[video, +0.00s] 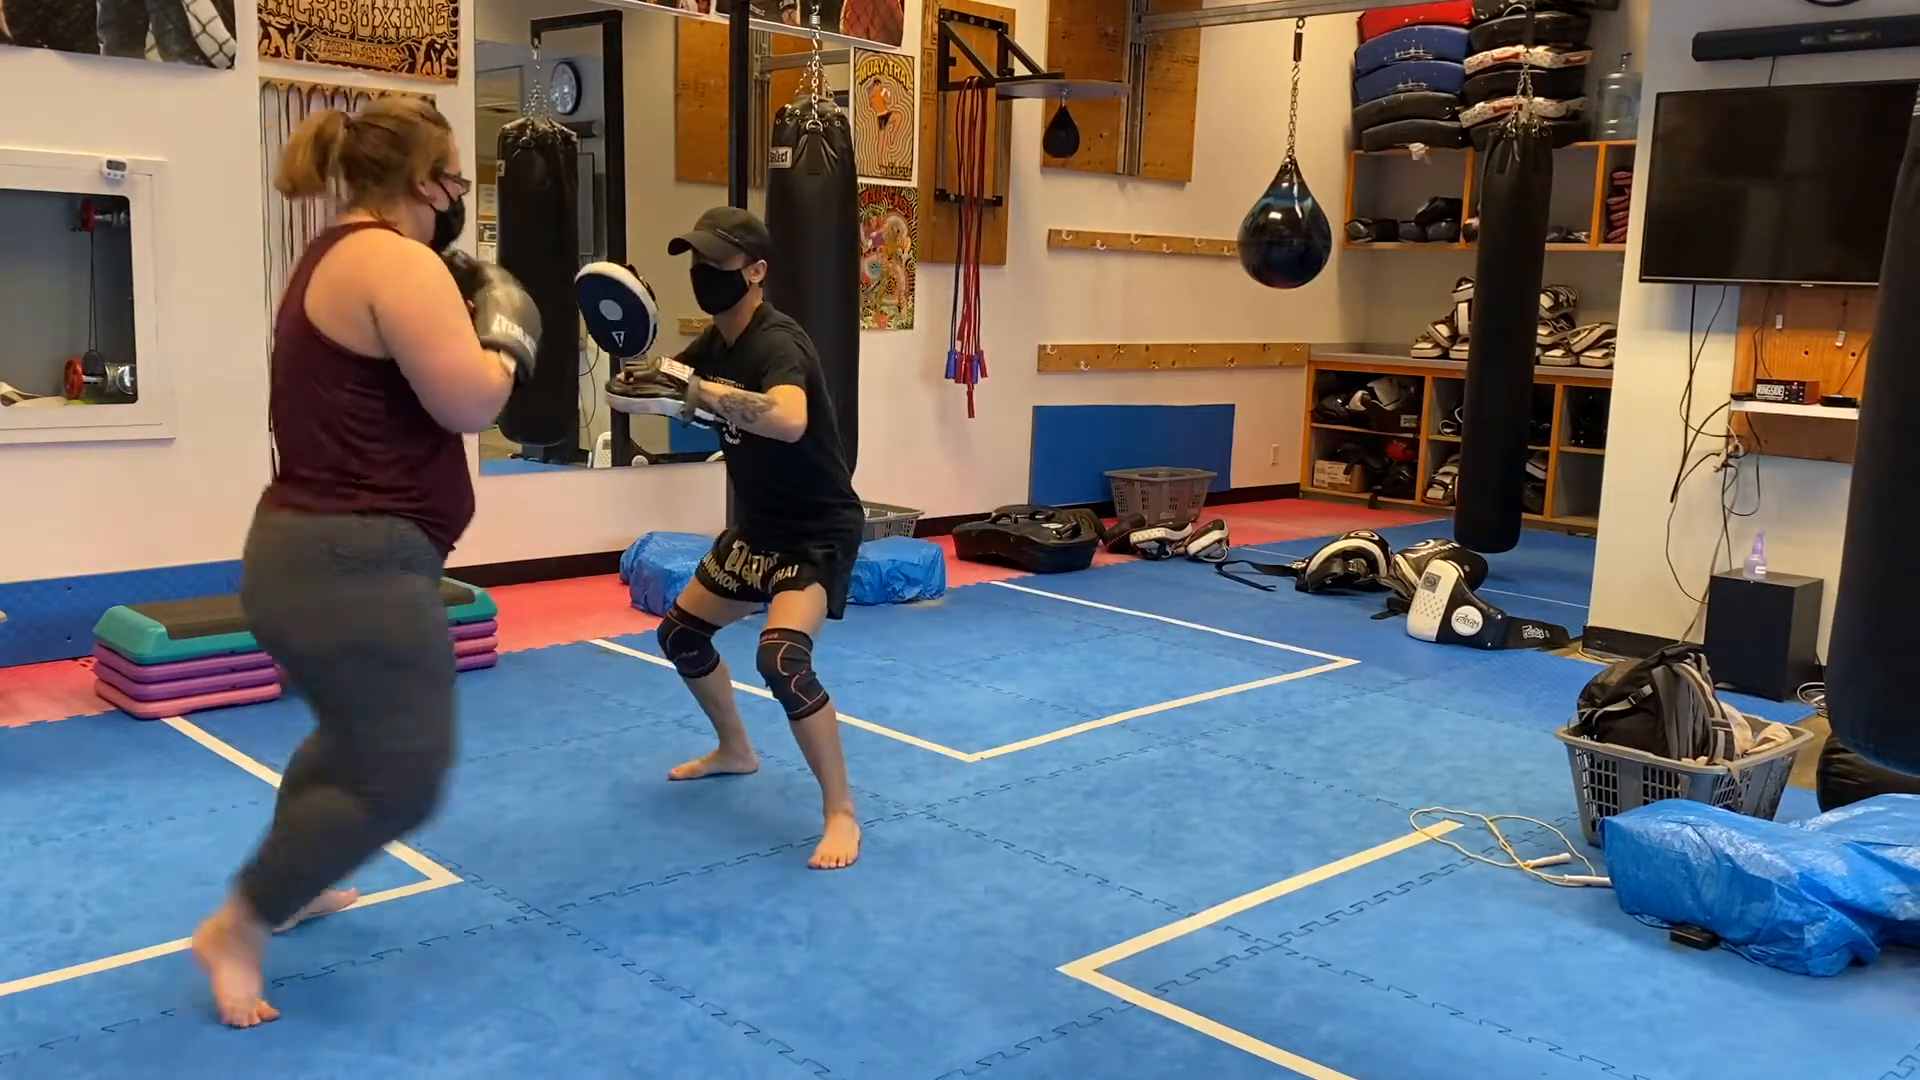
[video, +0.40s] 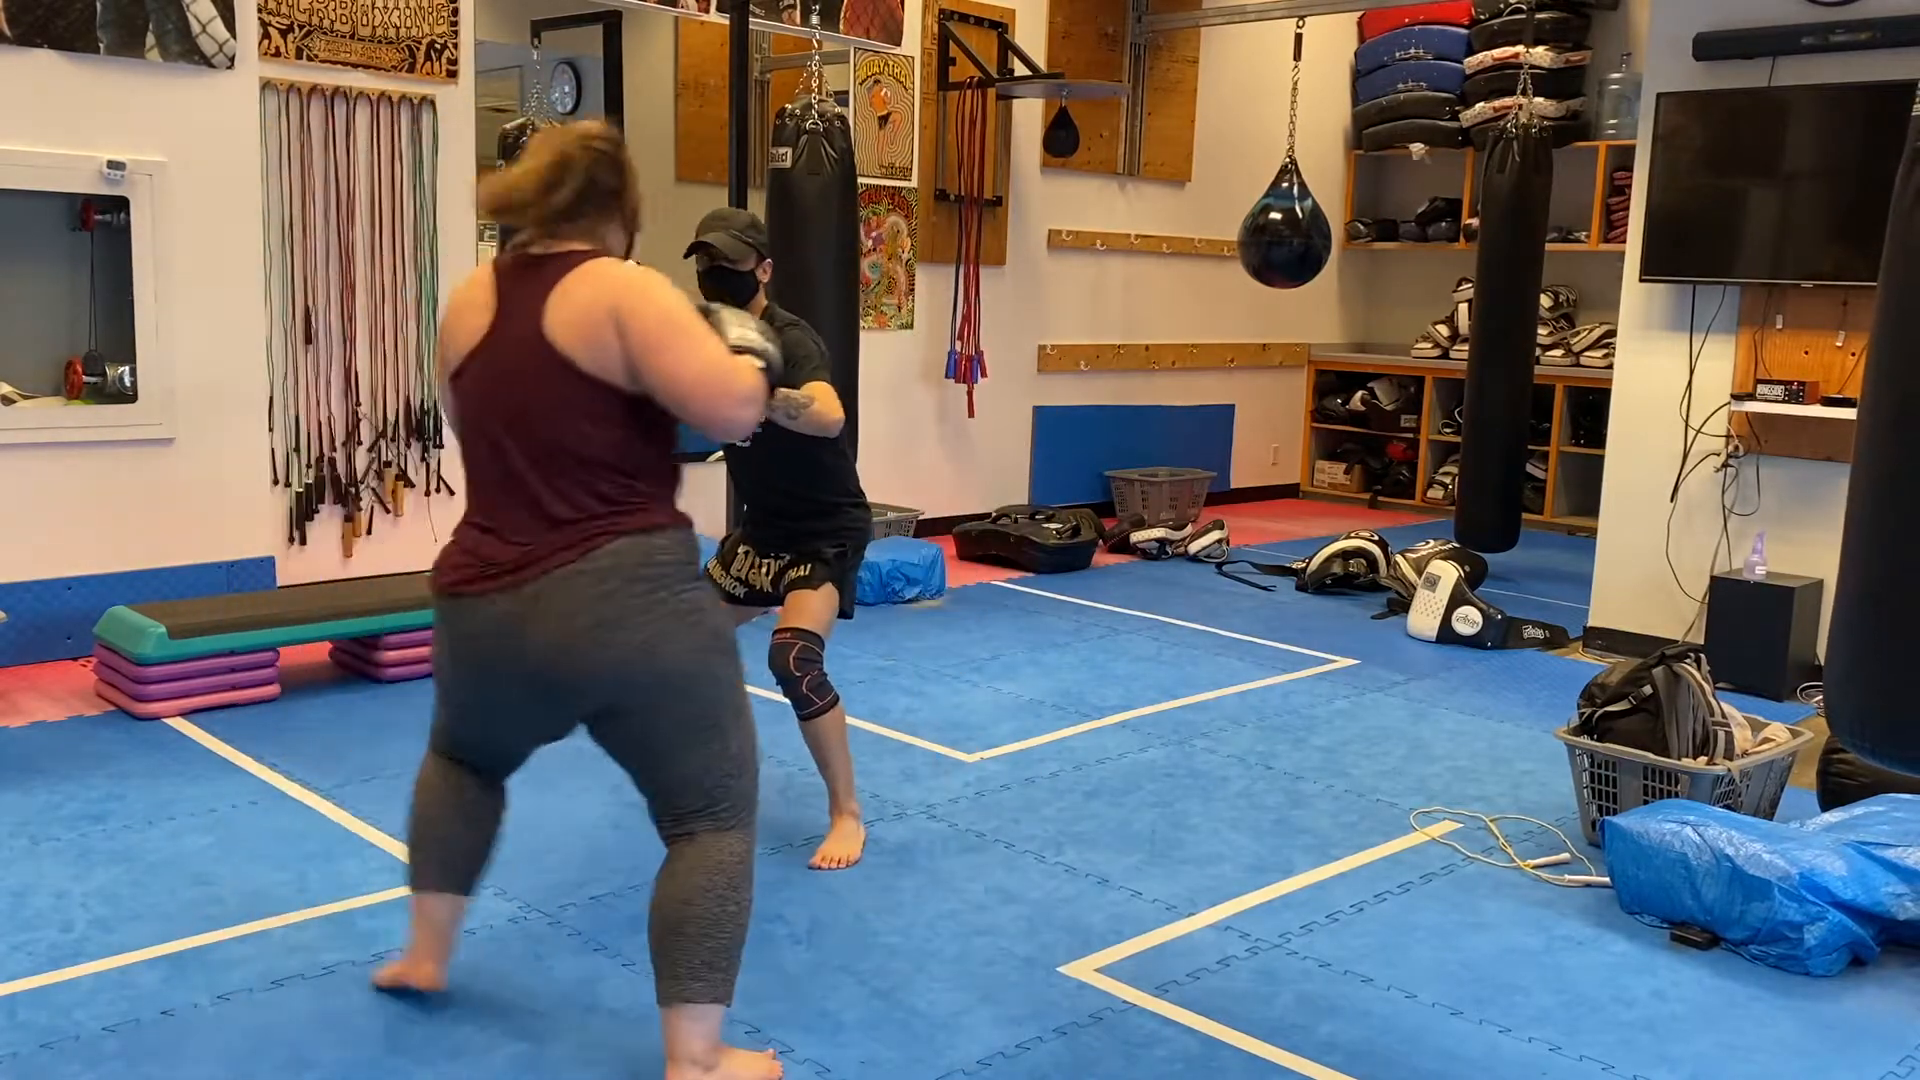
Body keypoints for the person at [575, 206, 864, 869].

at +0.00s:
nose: (699, 277)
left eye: (713, 267)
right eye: (697, 265)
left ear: (754, 270)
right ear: (696, 265)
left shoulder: (780, 342)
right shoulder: (715, 338)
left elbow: (790, 421)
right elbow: (661, 384)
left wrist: (695, 391)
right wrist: (632, 372)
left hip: (820, 528)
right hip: (756, 524)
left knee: (783, 657)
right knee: (681, 635)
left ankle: (840, 813)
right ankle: (735, 749)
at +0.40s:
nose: (714, 283)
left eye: (727, 271)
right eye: (706, 271)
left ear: (762, 272)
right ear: (694, 272)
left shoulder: (794, 339)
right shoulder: (702, 337)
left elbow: (829, 415)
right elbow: (697, 423)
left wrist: (753, 392)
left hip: (827, 525)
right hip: (757, 524)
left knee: (794, 656)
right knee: (683, 642)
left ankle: (846, 815)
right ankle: (690, 796)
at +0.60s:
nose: (744, 274)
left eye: (757, 260)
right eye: (736, 260)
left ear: (791, 260)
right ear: (723, 258)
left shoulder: (825, 331)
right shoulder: (713, 329)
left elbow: (903, 424)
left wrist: (838, 393)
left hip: (828, 524)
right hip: (743, 525)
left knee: (809, 659)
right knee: (721, 662)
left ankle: (847, 815)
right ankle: (714, 813)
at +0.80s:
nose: (791, 271)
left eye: (805, 259)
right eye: (780, 257)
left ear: (834, 260)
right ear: (766, 256)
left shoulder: (862, 337)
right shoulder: (747, 326)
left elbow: (925, 438)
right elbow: (693, 393)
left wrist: (894, 400)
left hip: (824, 520)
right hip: (742, 518)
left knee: (833, 662)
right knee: (717, 662)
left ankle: (855, 816)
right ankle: (702, 810)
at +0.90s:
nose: (788, 280)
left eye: (805, 270)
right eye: (780, 265)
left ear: (834, 268)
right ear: (765, 258)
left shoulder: (863, 341)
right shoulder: (739, 318)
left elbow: (913, 452)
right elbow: (684, 392)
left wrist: (878, 398)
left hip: (816, 519)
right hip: (733, 515)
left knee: (828, 663)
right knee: (706, 642)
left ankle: (854, 813)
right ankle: (683, 739)